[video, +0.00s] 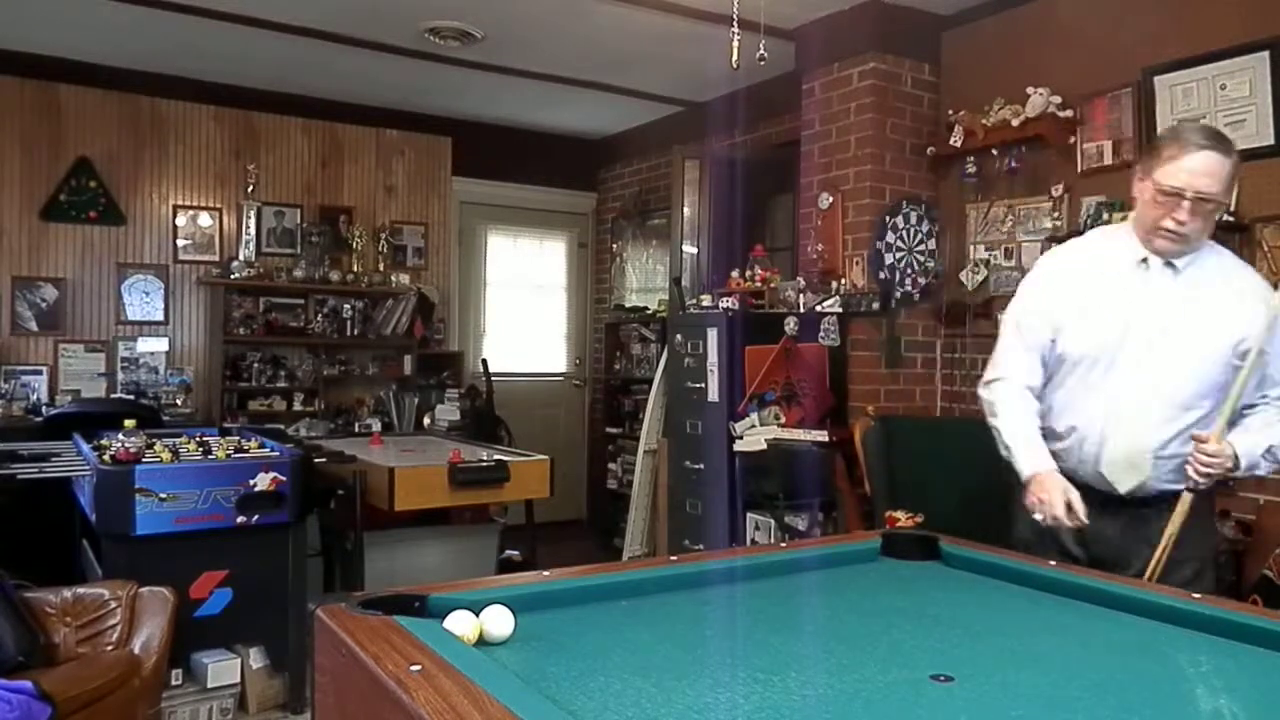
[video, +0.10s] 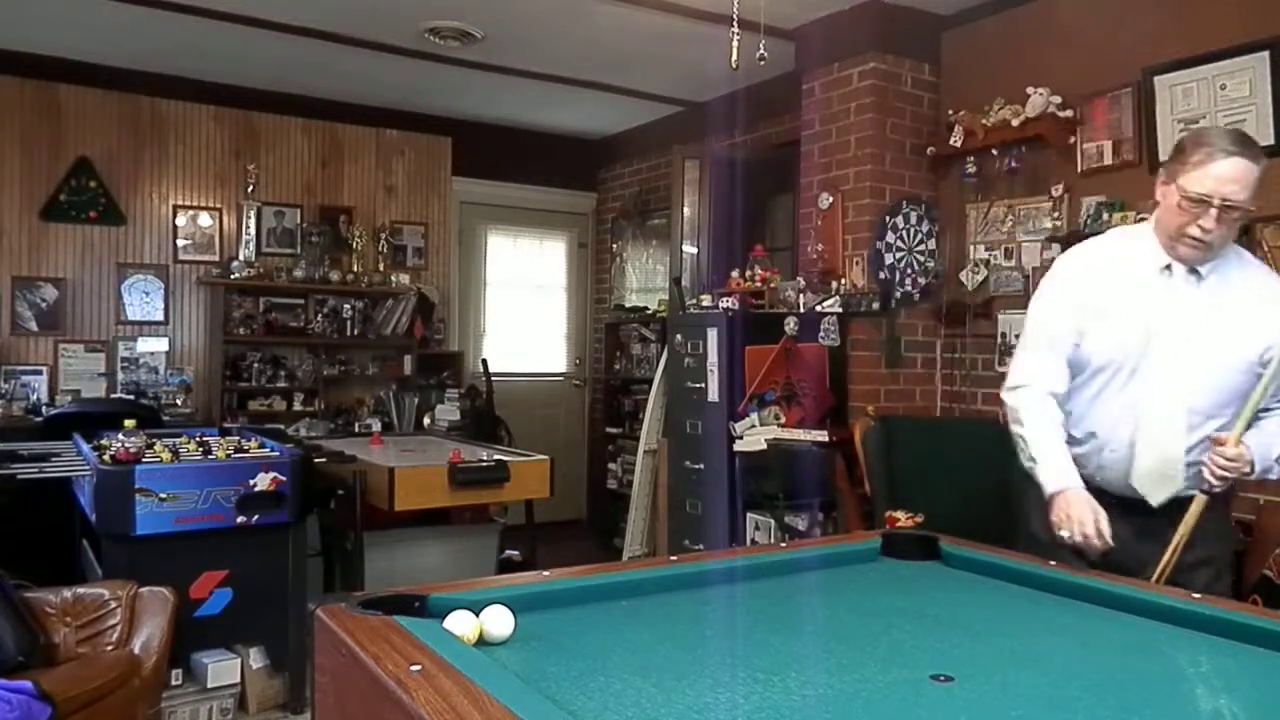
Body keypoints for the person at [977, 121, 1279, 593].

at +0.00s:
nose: (1181, 217)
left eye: (1203, 204)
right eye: (1170, 195)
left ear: (1224, 209)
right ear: (1138, 185)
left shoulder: (1251, 299)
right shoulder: (1065, 268)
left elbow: (1271, 407)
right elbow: (1007, 380)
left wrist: (1236, 452)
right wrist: (1037, 472)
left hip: (1174, 527)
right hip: (1060, 515)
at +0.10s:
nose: (1209, 223)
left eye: (1230, 209)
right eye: (1197, 201)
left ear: (1248, 213)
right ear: (1163, 188)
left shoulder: (1265, 296)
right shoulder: (1085, 268)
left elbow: (1274, 414)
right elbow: (1029, 388)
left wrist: (1251, 454)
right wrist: (1064, 489)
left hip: (1196, 525)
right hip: (1080, 514)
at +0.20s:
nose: (1227, 231)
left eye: (1249, 217)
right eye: (1214, 207)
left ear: (1266, 220)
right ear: (1178, 192)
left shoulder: (1271, 294)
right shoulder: (1100, 271)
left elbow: (1276, 418)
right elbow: (1052, 397)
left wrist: (1264, 457)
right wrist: (1091, 505)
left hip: (1203, 524)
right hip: (1083, 516)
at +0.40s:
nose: (1252, 251)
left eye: (1271, 237)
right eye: (1240, 227)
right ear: (1202, 207)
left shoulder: (1273, 293)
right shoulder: (1119, 282)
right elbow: (1094, 421)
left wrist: (1266, 461)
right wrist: (1148, 530)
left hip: (1211, 526)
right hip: (1091, 510)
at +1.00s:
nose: (1254, 228)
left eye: (1274, 215)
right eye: (1242, 204)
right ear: (1209, 189)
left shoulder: (1272, 285)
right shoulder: (1123, 270)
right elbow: (1050, 397)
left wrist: (1269, 458)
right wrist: (1115, 494)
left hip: (1222, 527)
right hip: (1096, 516)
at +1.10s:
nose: (1223, 214)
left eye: (1248, 202)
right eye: (1211, 194)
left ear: (1275, 212)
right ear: (1187, 187)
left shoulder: (1274, 280)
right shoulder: (1114, 266)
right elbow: (1040, 387)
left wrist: (1272, 455)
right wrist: (1083, 488)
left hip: (1224, 529)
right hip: (1105, 519)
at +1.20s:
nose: (1189, 204)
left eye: (1214, 191)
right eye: (1177, 185)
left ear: (1258, 193)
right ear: (1160, 183)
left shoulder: (1271, 277)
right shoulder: (1100, 268)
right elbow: (1035, 385)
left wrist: (1258, 446)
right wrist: (1059, 486)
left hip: (1219, 530)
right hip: (1098, 520)